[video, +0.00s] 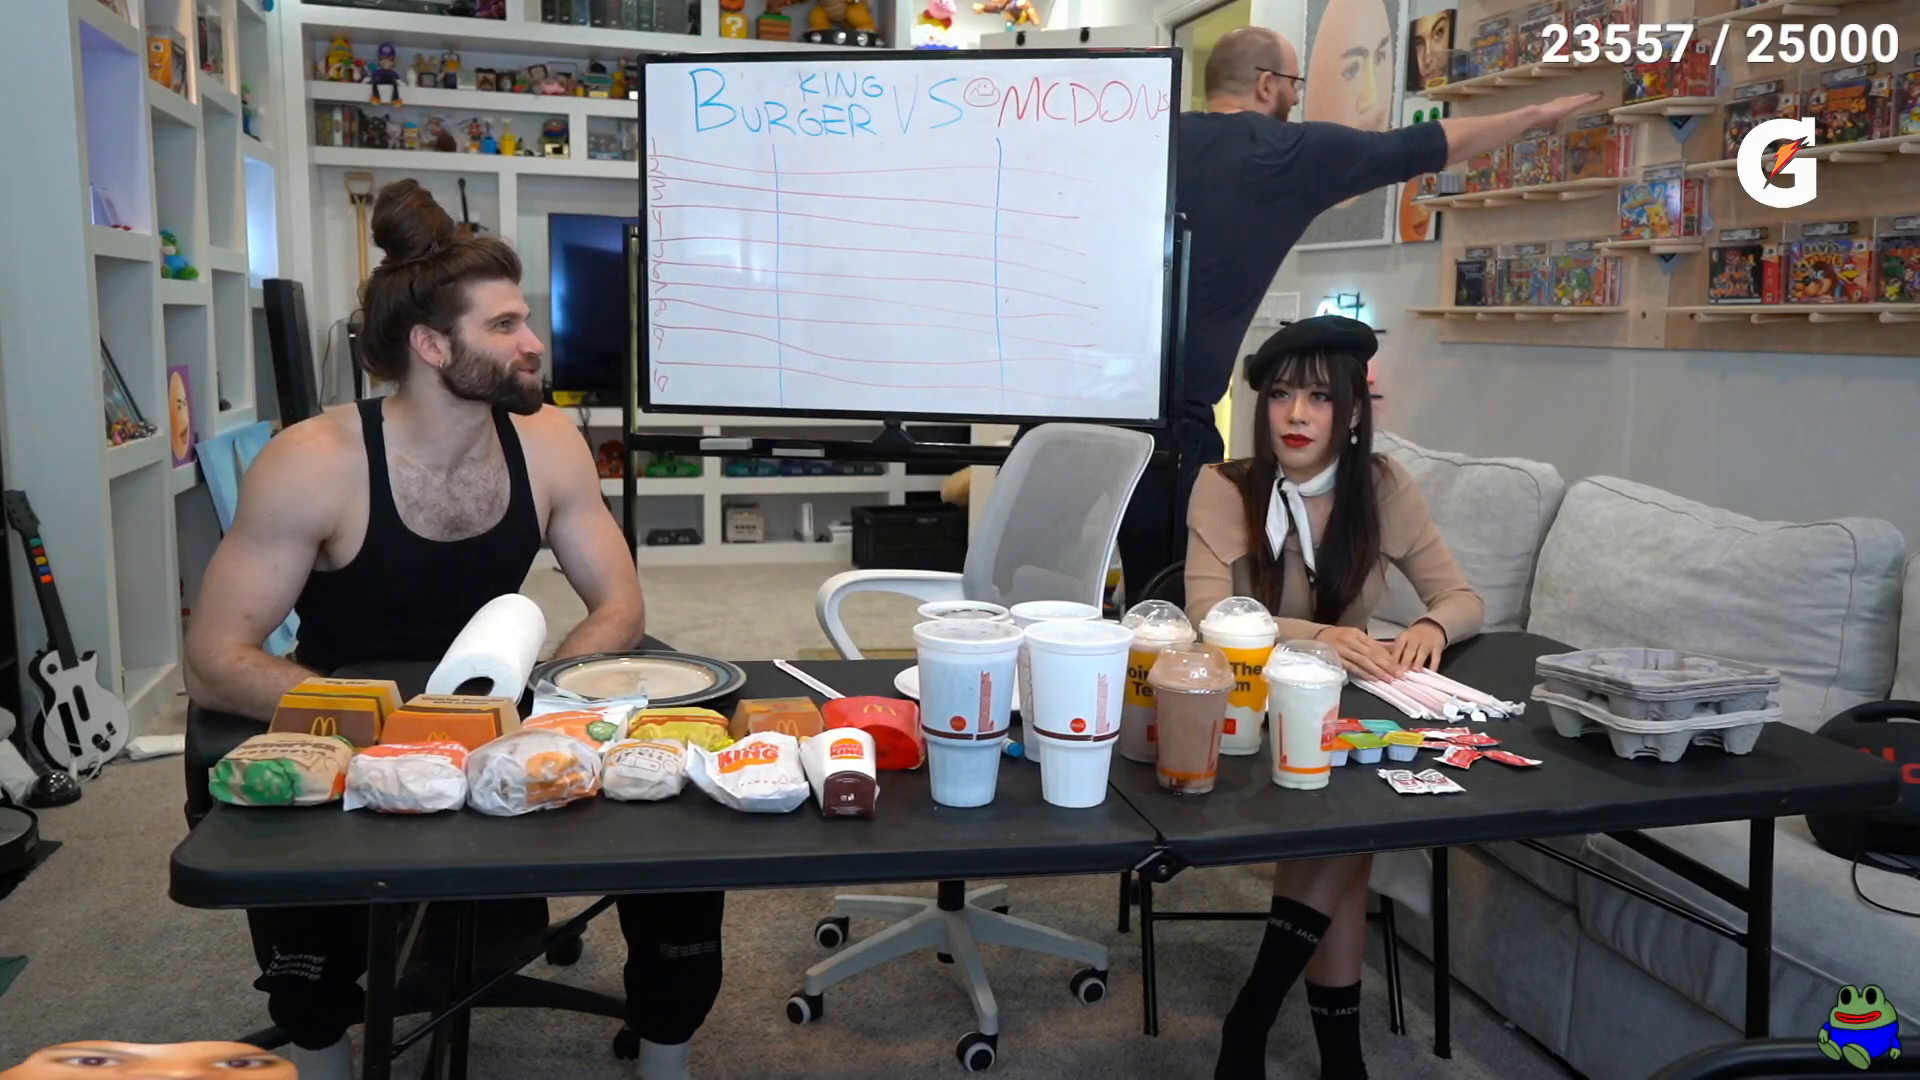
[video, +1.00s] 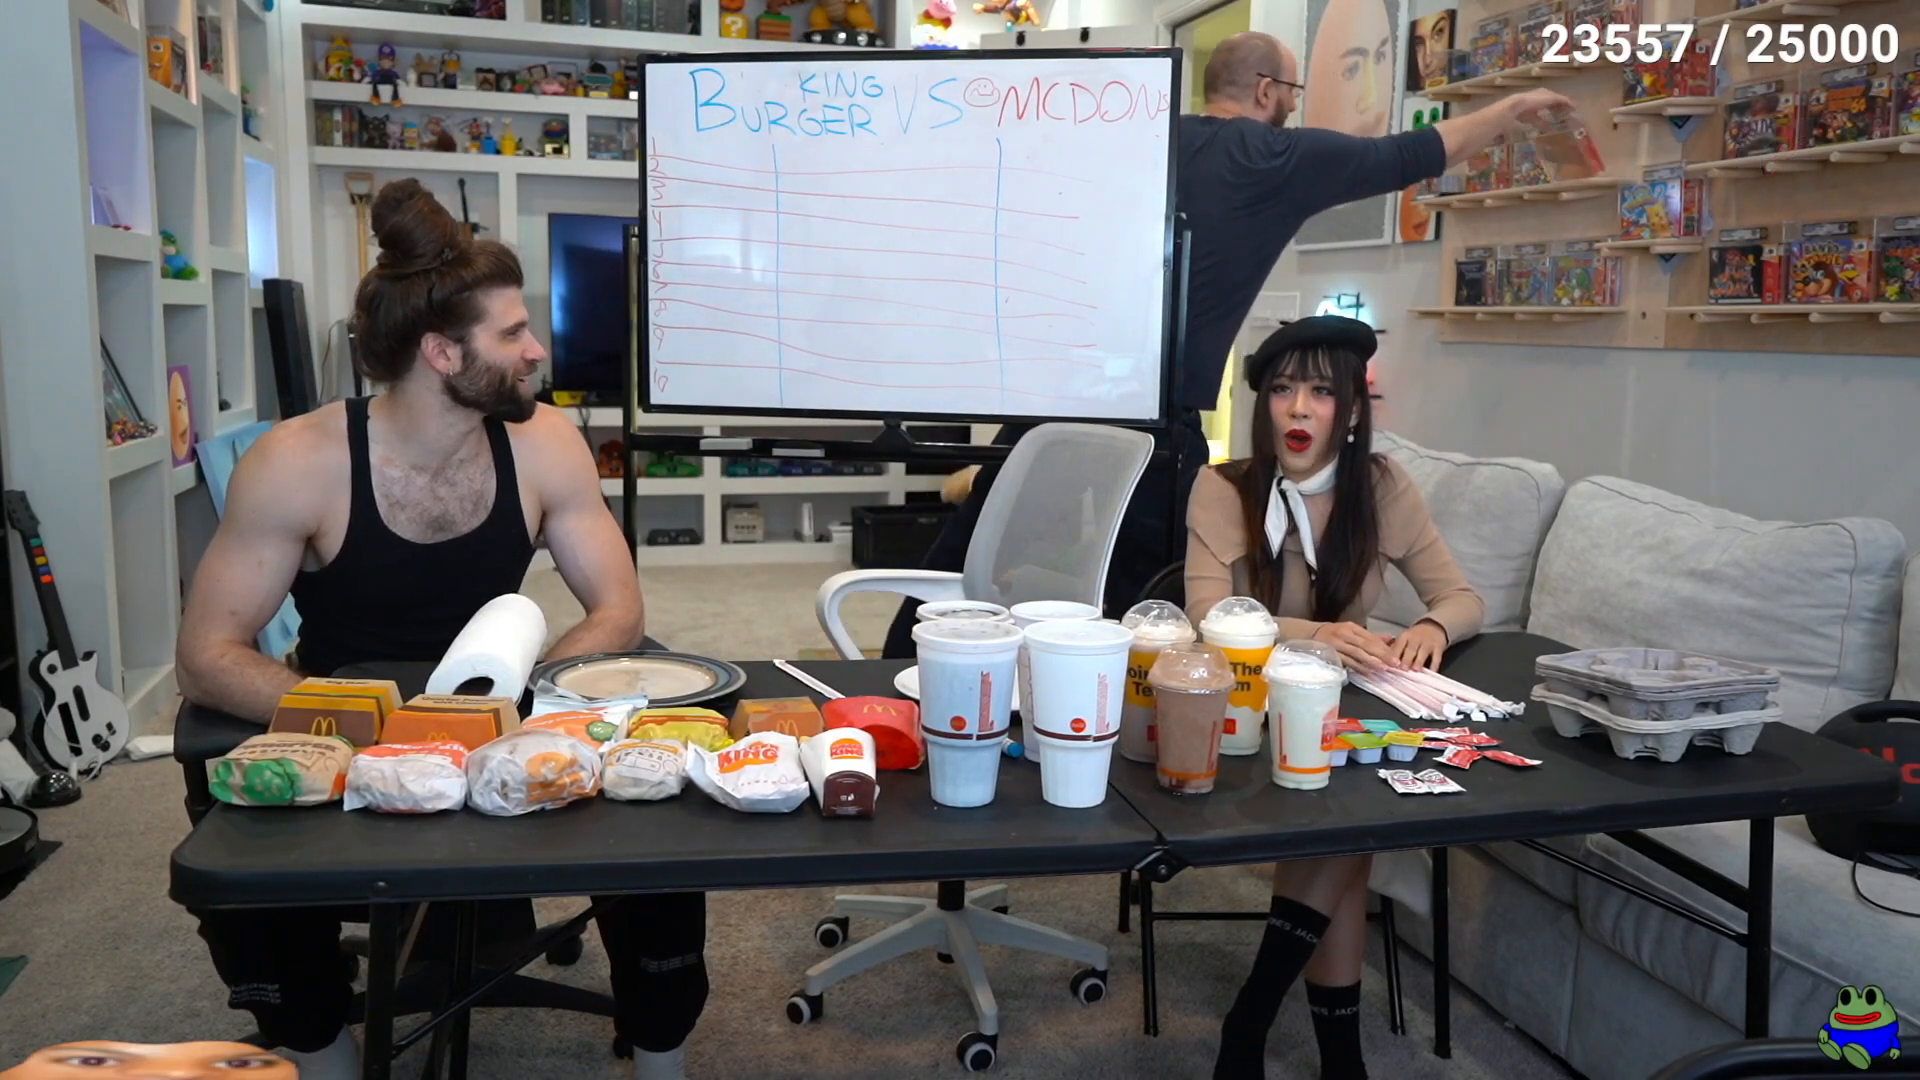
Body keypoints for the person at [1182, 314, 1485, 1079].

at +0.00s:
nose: (1296, 414)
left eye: (1319, 396)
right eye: (1282, 394)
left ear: (1354, 411)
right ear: (1262, 403)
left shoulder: (1381, 484)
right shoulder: (1225, 487)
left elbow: (1464, 598)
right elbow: (1210, 617)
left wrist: (1432, 624)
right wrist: (1314, 634)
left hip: (1343, 702)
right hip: (1245, 706)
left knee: (1345, 819)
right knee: (1351, 834)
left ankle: (1247, 1025)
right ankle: (1343, 1063)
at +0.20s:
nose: (1296, 413)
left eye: (1319, 396)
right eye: (1282, 393)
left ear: (1354, 410)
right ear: (1262, 402)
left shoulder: (1381, 484)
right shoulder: (1225, 487)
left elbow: (1463, 598)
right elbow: (1210, 617)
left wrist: (1432, 624)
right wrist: (1314, 633)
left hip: (1341, 703)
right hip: (1244, 706)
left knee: (1342, 819)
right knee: (1350, 833)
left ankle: (1248, 1025)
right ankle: (1342, 1062)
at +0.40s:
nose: (1295, 413)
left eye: (1318, 396)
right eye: (1282, 394)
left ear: (1353, 411)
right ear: (1261, 403)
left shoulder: (1379, 482)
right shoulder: (1225, 488)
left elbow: (1464, 599)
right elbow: (1211, 619)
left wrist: (1432, 624)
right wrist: (1313, 633)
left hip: (1344, 703)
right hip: (1246, 708)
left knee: (1345, 817)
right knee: (1351, 832)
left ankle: (1247, 1026)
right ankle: (1343, 1063)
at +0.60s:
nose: (1296, 413)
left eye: (1318, 396)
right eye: (1282, 393)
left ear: (1353, 410)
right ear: (1261, 403)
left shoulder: (1380, 483)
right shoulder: (1225, 487)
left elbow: (1463, 598)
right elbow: (1210, 619)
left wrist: (1432, 624)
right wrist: (1312, 633)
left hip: (1342, 702)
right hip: (1244, 707)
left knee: (1344, 819)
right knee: (1351, 834)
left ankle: (1247, 1026)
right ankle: (1342, 1063)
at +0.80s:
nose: (1297, 411)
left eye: (1320, 394)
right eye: (1283, 391)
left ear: (1353, 410)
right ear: (1262, 401)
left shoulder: (1381, 483)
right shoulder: (1224, 488)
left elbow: (1463, 597)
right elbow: (1210, 618)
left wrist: (1433, 624)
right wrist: (1312, 633)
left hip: (1339, 705)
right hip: (1242, 709)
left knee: (1344, 819)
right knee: (1350, 834)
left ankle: (1247, 1024)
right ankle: (1343, 1064)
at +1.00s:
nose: (1299, 408)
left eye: (1320, 392)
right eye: (1284, 389)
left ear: (1352, 409)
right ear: (1262, 401)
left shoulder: (1381, 484)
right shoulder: (1224, 488)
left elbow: (1463, 598)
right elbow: (1211, 621)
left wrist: (1434, 625)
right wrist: (1312, 632)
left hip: (1340, 706)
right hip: (1243, 710)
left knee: (1343, 820)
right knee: (1350, 836)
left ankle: (1247, 1026)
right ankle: (1343, 1064)